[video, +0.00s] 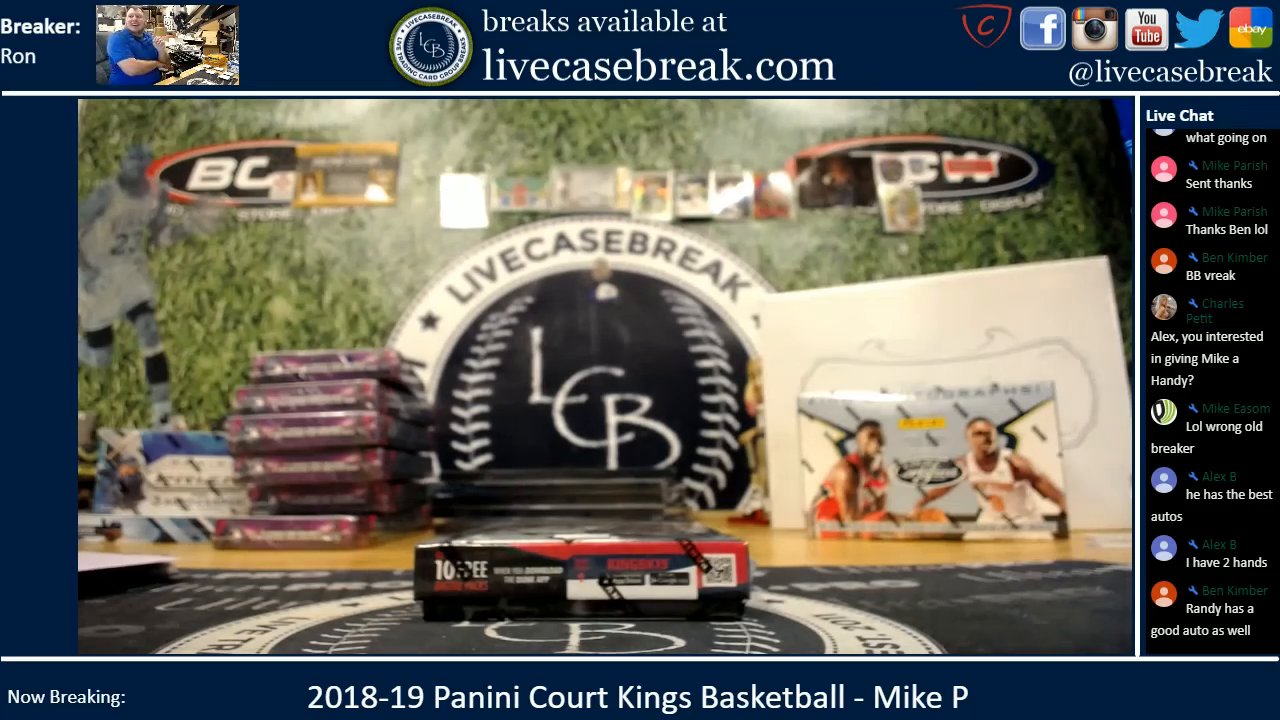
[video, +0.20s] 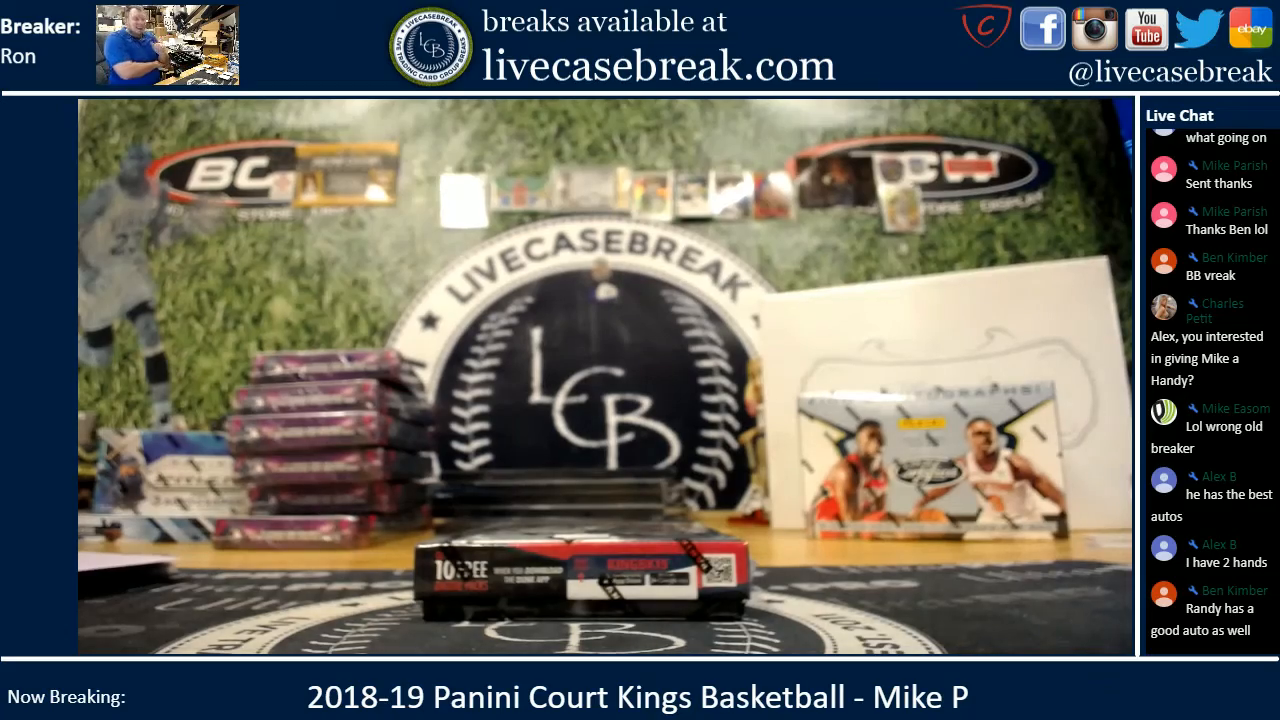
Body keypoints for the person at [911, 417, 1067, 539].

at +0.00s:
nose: (986, 439)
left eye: (989, 434)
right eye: (979, 434)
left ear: (995, 437)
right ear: (968, 438)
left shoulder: (1013, 461)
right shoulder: (964, 464)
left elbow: (1038, 482)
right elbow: (946, 485)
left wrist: (1063, 503)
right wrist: (923, 501)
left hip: (1026, 518)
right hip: (991, 519)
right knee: (971, 547)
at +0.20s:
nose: (986, 438)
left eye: (989, 434)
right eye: (979, 434)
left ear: (995, 437)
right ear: (969, 439)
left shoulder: (1013, 461)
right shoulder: (964, 464)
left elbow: (1038, 482)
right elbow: (946, 485)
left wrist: (1063, 504)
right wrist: (923, 501)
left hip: (1026, 518)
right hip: (991, 520)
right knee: (971, 548)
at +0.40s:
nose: (986, 438)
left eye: (989, 433)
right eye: (979, 434)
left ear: (996, 436)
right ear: (969, 438)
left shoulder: (1013, 462)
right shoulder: (964, 465)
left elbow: (1038, 481)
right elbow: (946, 485)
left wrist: (1062, 503)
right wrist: (923, 501)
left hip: (1026, 518)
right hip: (991, 520)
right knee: (970, 546)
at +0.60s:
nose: (986, 438)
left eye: (989, 433)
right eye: (979, 434)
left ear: (995, 436)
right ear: (969, 438)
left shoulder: (1014, 462)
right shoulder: (964, 464)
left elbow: (1038, 482)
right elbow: (946, 485)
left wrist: (1062, 503)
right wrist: (923, 501)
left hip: (1025, 519)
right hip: (990, 520)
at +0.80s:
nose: (985, 439)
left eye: (989, 434)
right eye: (979, 434)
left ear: (995, 437)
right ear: (969, 439)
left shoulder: (1014, 462)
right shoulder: (964, 464)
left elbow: (1038, 482)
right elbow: (945, 485)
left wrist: (1062, 503)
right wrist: (922, 502)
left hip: (1026, 518)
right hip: (991, 520)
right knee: (970, 545)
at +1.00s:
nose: (985, 438)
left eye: (988, 434)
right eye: (979, 434)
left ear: (995, 437)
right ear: (969, 439)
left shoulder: (1014, 463)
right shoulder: (964, 464)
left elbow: (1039, 482)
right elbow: (945, 485)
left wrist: (1063, 503)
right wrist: (922, 502)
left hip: (1025, 519)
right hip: (990, 520)